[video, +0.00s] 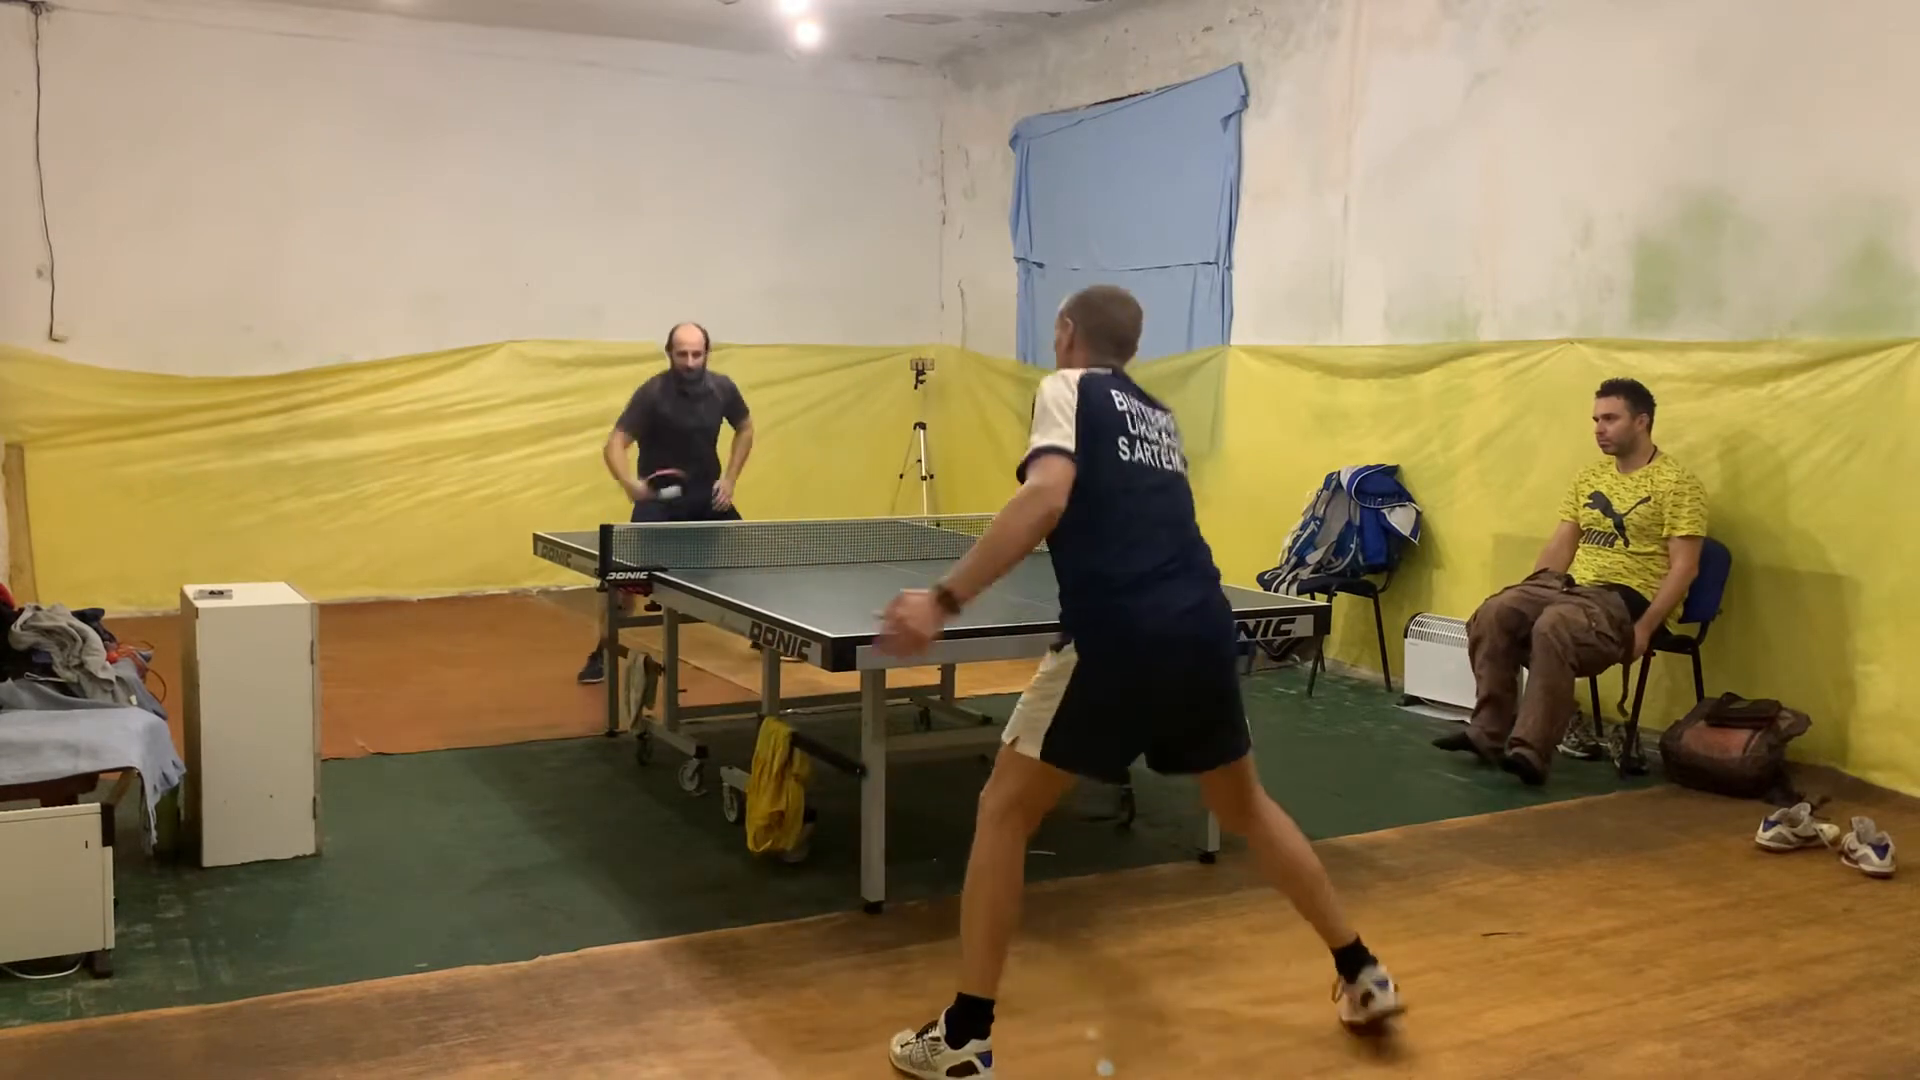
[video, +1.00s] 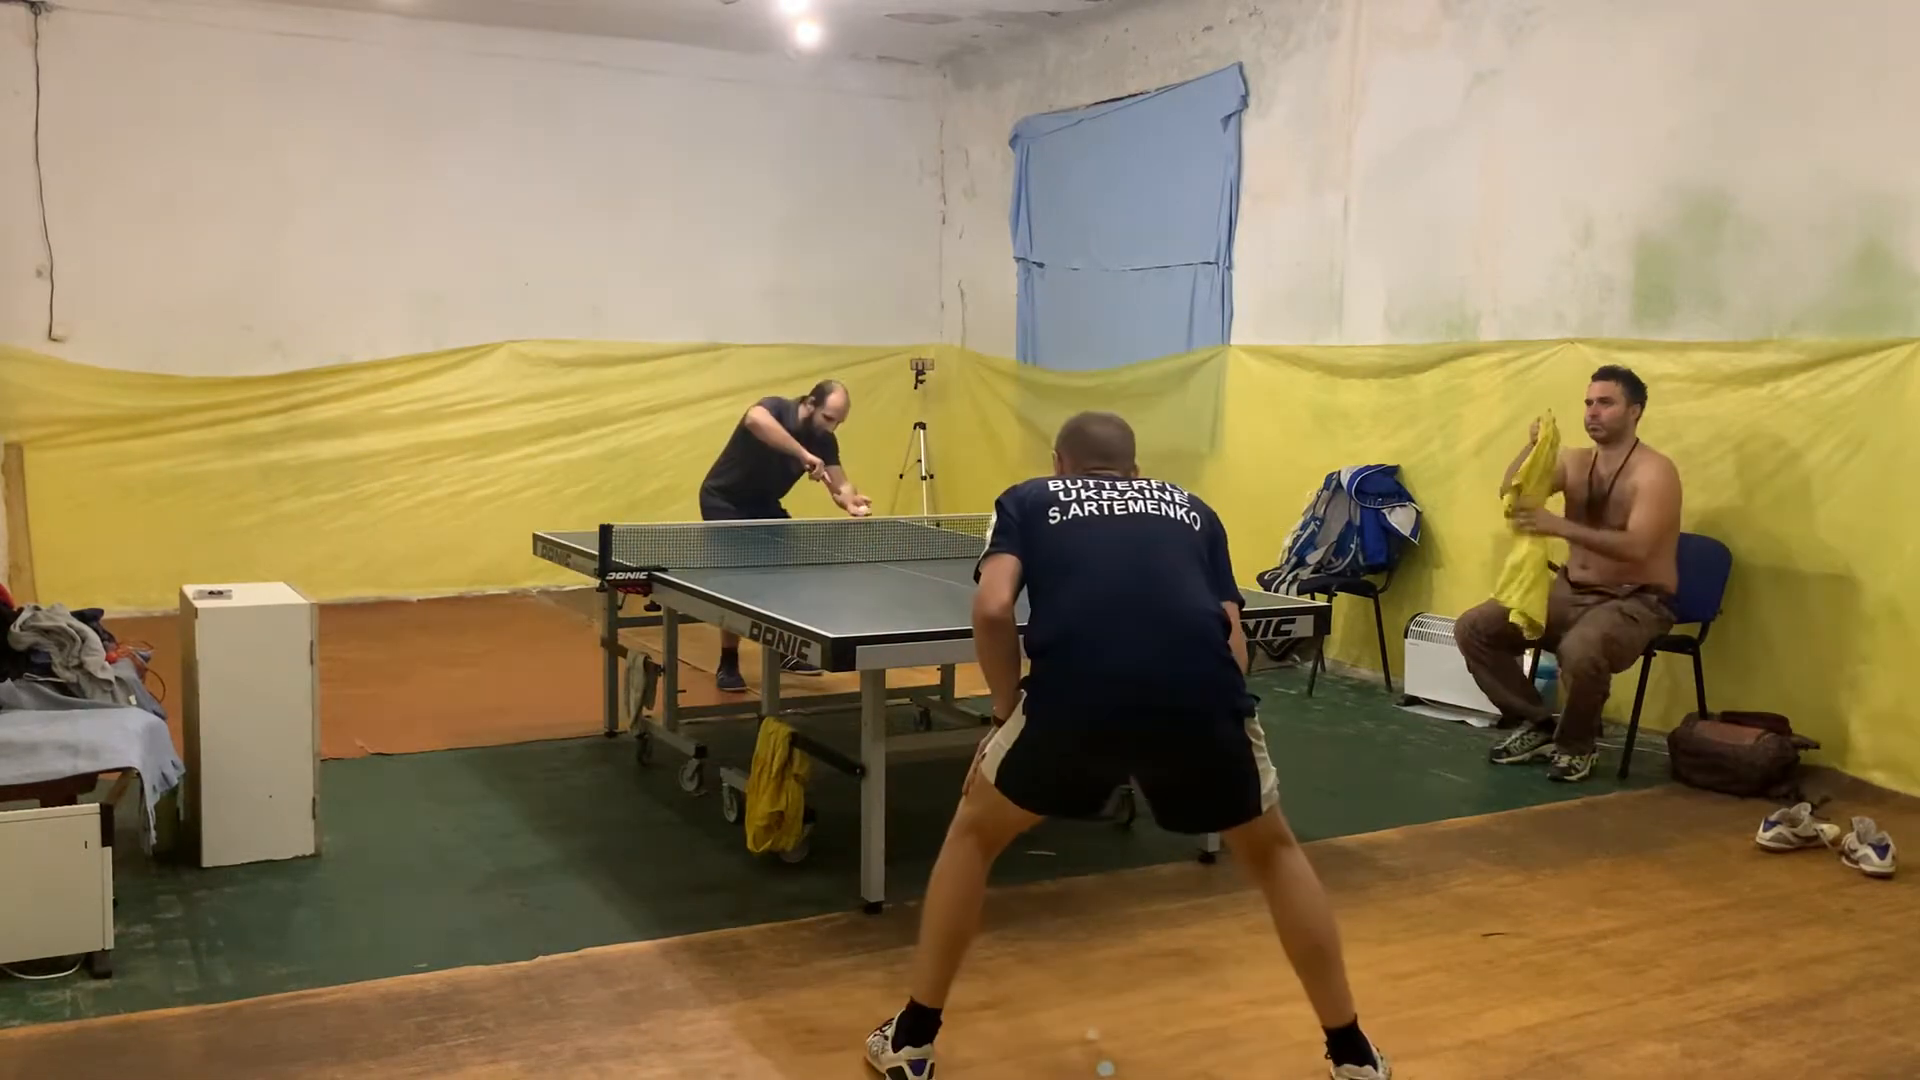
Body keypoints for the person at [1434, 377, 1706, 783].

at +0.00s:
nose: (1599, 429)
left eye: (1609, 419)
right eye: (1596, 420)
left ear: (1642, 421)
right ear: (1594, 422)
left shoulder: (1677, 482)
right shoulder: (1591, 476)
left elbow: (1684, 568)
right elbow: (1561, 545)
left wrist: (1644, 628)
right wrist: (1534, 593)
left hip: (1631, 596)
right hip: (1573, 588)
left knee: (1554, 626)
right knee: (1494, 615)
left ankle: (1531, 751)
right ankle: (1488, 734)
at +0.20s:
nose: (1598, 429)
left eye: (1608, 419)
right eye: (1595, 420)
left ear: (1641, 421)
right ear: (1593, 423)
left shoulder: (1676, 482)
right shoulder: (1591, 476)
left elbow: (1685, 568)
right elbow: (1560, 546)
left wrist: (1643, 627)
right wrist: (1532, 595)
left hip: (1630, 596)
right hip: (1572, 589)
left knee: (1553, 626)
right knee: (1492, 618)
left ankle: (1531, 751)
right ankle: (1488, 734)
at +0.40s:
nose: (1597, 429)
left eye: (1606, 419)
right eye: (1593, 421)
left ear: (1640, 421)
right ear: (1591, 423)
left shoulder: (1675, 482)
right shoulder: (1588, 477)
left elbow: (1686, 566)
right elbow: (1560, 547)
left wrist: (1643, 624)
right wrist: (1532, 596)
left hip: (1631, 597)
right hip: (1572, 589)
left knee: (1553, 627)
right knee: (1492, 619)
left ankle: (1531, 751)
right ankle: (1487, 736)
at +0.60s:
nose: (1594, 430)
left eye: (1603, 420)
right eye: (1590, 421)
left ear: (1637, 421)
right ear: (1587, 422)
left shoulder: (1674, 481)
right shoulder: (1586, 477)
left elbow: (1689, 564)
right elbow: (1559, 546)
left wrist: (1645, 621)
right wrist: (1533, 595)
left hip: (1632, 597)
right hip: (1572, 590)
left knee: (1553, 625)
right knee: (1492, 618)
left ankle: (1532, 749)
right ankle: (1488, 735)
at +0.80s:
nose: (1583, 432)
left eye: (1593, 422)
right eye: (1579, 422)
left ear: (1626, 420)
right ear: (1576, 422)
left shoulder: (1663, 481)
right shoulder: (1577, 476)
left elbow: (1685, 561)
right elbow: (1554, 543)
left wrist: (1644, 622)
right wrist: (1532, 592)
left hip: (1631, 597)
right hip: (1570, 590)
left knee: (1555, 623)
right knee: (1489, 617)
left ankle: (1544, 749)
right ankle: (1493, 734)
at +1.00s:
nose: (1592, 412)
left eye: (1605, 404)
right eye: (1589, 403)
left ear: (1635, 411)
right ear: (1584, 408)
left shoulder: (1655, 472)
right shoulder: (1573, 462)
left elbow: (1639, 548)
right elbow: (1513, 492)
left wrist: (1557, 526)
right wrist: (1534, 449)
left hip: (1637, 601)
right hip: (1572, 593)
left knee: (1580, 651)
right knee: (1474, 630)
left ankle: (1577, 746)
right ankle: (1535, 722)